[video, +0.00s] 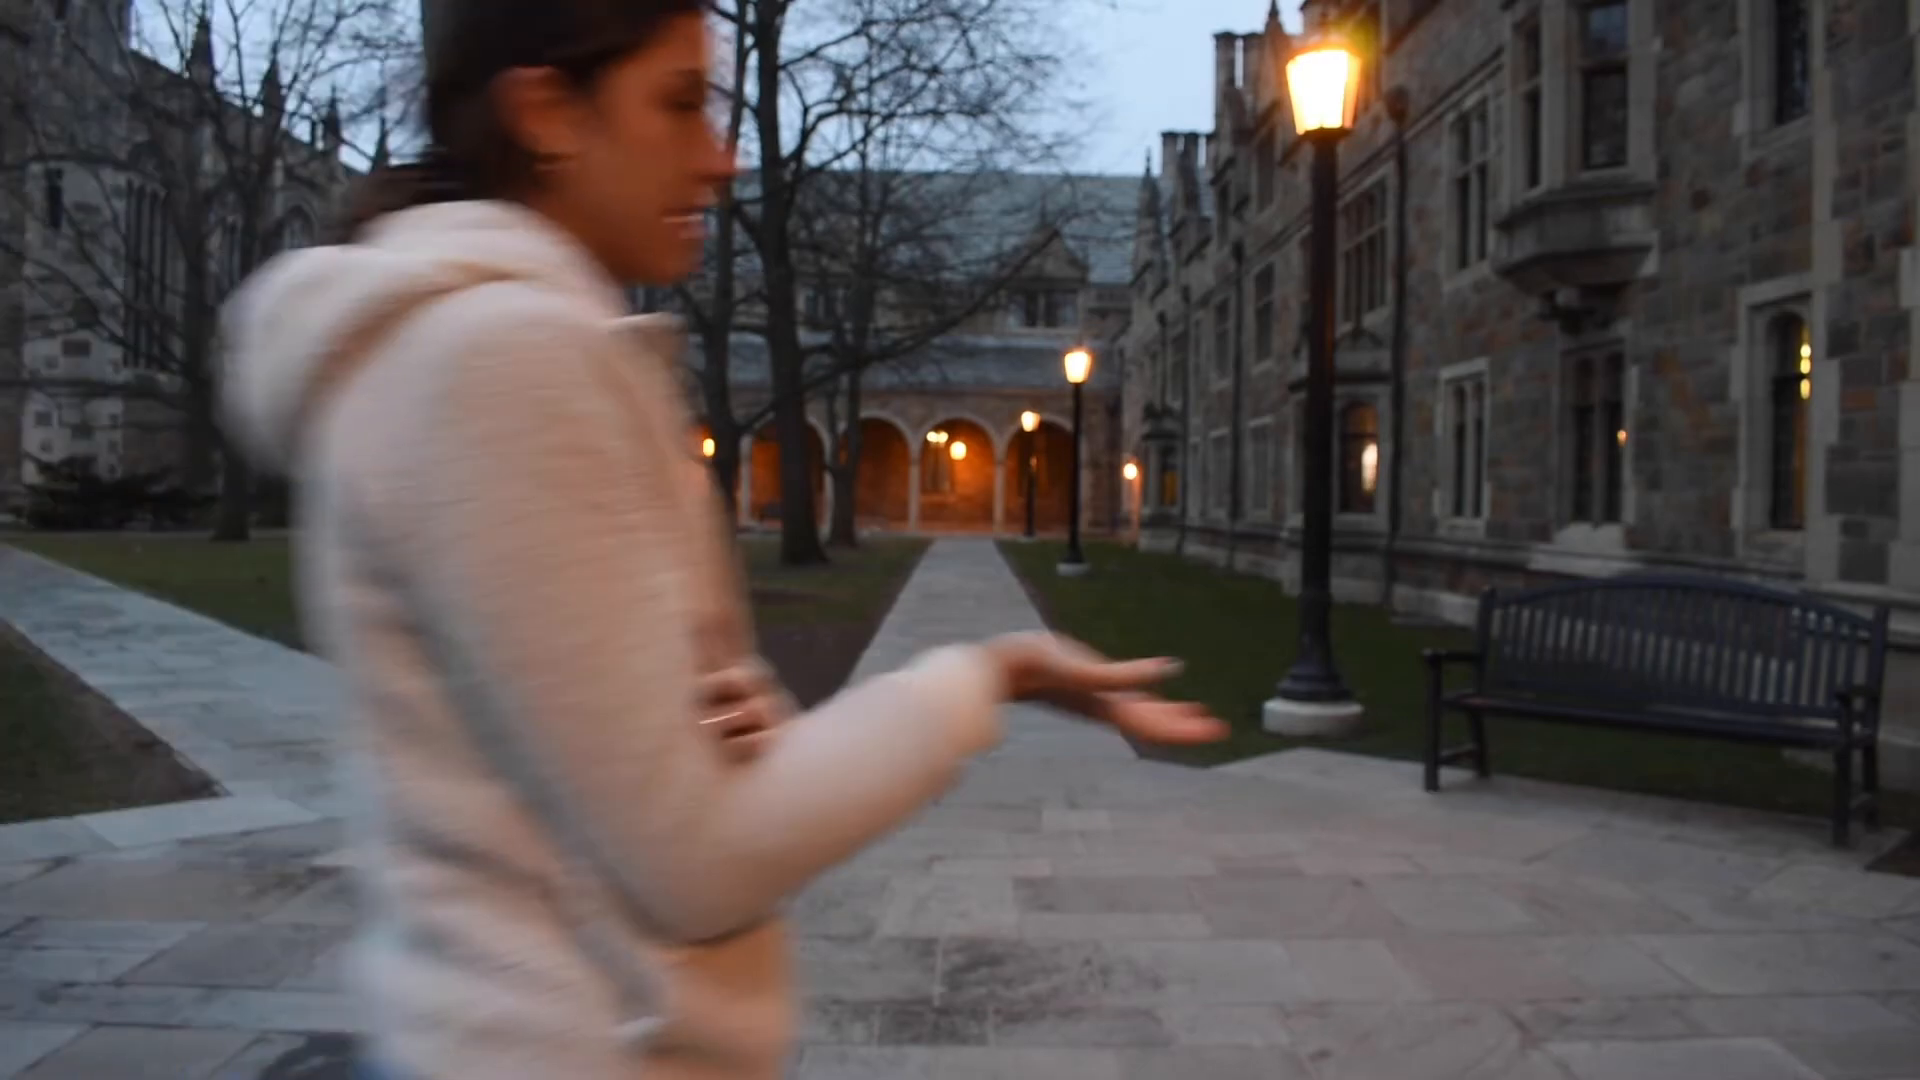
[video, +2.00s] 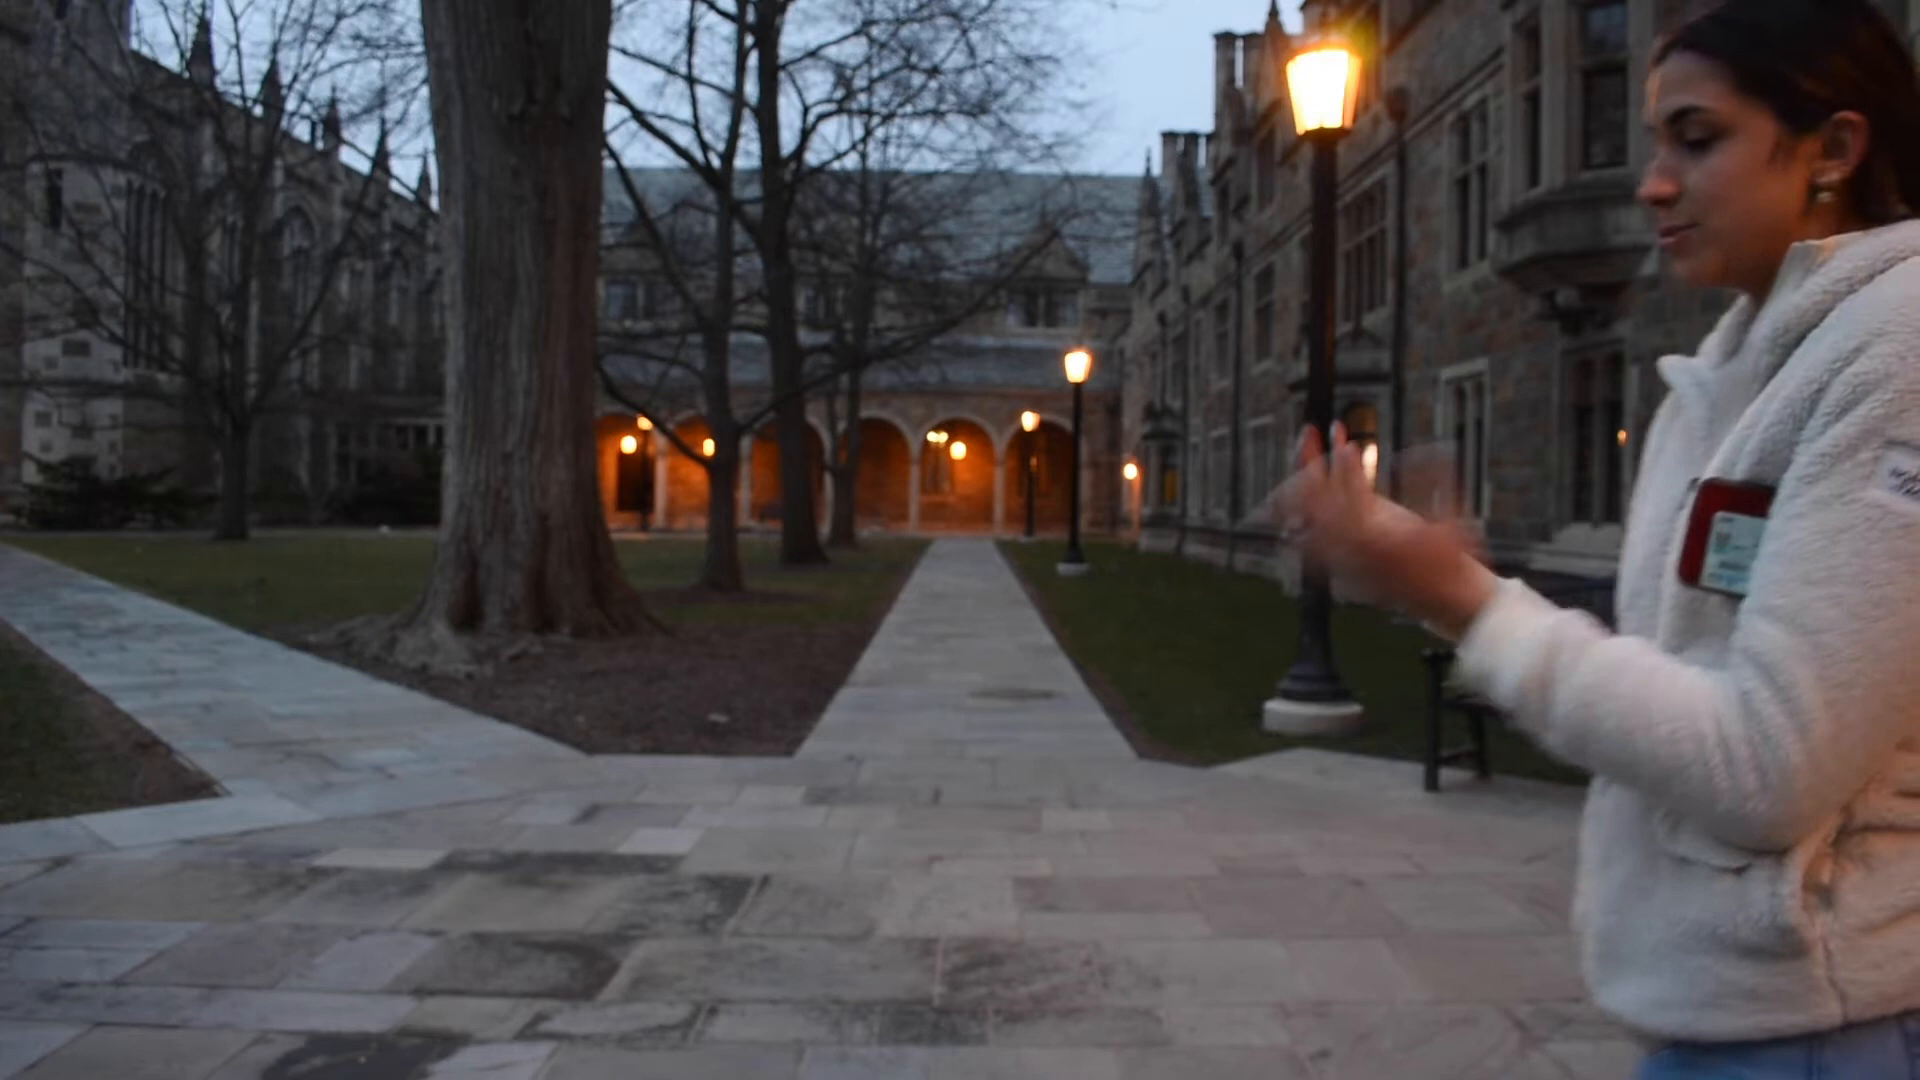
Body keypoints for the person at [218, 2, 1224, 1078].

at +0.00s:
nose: (723, 156)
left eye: (714, 106)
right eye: (685, 102)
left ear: (554, 121)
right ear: (545, 113)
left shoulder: (505, 333)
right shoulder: (504, 351)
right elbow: (690, 862)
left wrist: (747, 717)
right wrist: (984, 674)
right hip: (577, 1045)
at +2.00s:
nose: (1650, 183)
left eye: (1696, 137)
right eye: (1654, 144)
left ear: (1833, 149)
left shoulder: (1898, 353)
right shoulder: (1732, 367)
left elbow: (1767, 770)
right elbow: (1692, 688)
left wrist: (1466, 602)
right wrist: (1460, 586)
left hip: (1824, 1034)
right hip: (1714, 1019)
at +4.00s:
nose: (679, 179)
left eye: (729, 152)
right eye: (666, 145)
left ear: (808, 200)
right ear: (646, 173)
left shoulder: (896, 374)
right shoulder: (581, 374)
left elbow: (860, 709)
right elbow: (533, 712)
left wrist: (603, 613)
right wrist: (498, 617)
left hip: (797, 928)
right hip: (598, 924)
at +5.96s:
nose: (1820, 191)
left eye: (1807, 155)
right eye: (1777, 151)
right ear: (1661, 183)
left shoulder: (1666, 360)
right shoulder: (1619, 367)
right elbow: (1697, 765)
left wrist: (1895, 671)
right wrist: (1907, 673)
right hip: (1618, 988)